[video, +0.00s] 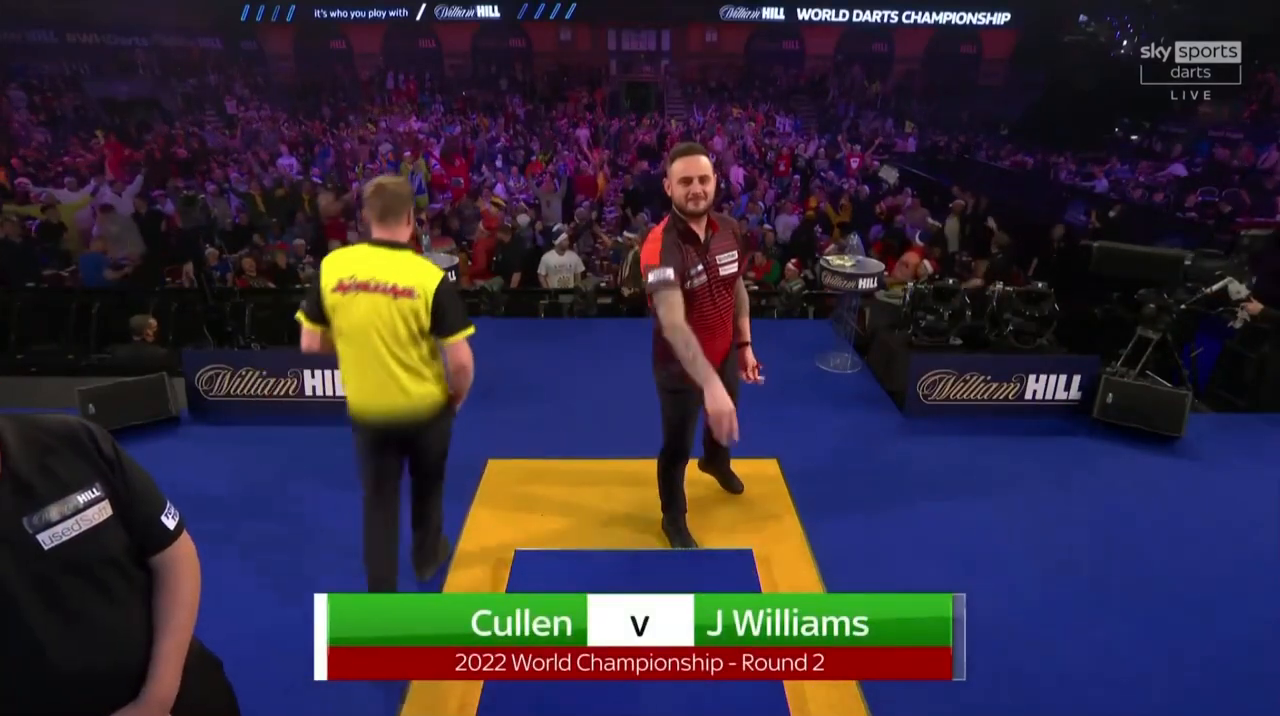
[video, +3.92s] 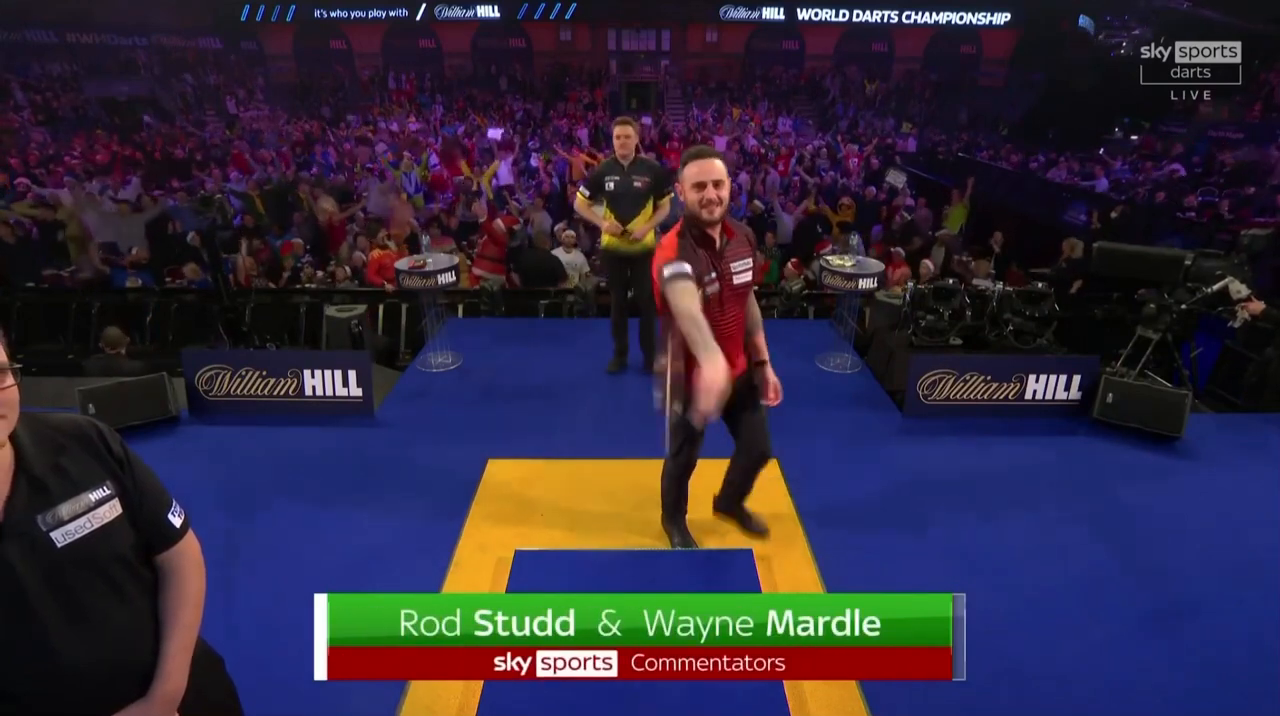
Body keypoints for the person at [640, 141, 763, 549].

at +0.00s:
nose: (696, 188)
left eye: (703, 179)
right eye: (685, 181)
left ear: (714, 182)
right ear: (669, 188)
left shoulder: (728, 230)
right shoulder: (661, 245)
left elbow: (737, 288)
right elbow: (673, 325)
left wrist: (745, 344)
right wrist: (710, 385)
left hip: (724, 352)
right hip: (681, 359)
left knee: (724, 413)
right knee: (677, 446)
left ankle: (715, 459)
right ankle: (674, 516)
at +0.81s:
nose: (692, 186)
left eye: (699, 177)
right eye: (682, 178)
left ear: (711, 182)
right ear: (666, 184)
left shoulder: (727, 228)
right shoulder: (653, 243)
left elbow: (740, 285)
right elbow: (636, 315)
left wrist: (745, 343)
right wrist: (665, 335)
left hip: (722, 355)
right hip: (679, 365)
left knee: (728, 409)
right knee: (677, 447)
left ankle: (715, 460)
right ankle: (673, 520)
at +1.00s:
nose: (687, 185)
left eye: (695, 176)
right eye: (677, 177)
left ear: (707, 180)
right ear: (663, 185)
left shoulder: (725, 226)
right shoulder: (652, 237)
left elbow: (740, 284)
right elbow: (633, 303)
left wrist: (745, 342)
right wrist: (653, 265)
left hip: (724, 352)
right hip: (681, 361)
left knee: (730, 410)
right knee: (677, 446)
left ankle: (715, 460)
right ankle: (674, 520)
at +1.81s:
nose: (695, 185)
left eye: (702, 176)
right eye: (684, 178)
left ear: (713, 180)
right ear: (667, 186)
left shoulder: (725, 228)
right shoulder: (660, 241)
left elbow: (737, 289)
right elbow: (670, 285)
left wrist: (745, 346)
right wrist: (673, 307)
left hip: (724, 354)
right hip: (683, 361)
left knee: (728, 412)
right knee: (678, 447)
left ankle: (719, 457)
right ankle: (674, 520)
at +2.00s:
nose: (697, 188)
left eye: (704, 178)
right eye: (686, 181)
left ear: (714, 181)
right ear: (669, 187)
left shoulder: (726, 229)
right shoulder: (661, 243)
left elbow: (737, 287)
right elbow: (674, 312)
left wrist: (743, 345)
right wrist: (696, 369)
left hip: (722, 355)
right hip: (679, 363)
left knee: (723, 415)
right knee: (677, 445)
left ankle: (713, 462)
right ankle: (674, 520)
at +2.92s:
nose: (693, 188)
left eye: (701, 179)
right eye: (683, 180)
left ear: (713, 183)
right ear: (667, 187)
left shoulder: (729, 229)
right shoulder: (657, 242)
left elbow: (743, 289)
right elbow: (636, 310)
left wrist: (747, 347)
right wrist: (659, 316)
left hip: (724, 354)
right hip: (680, 364)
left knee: (731, 416)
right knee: (679, 445)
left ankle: (714, 462)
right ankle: (674, 520)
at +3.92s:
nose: (711, 194)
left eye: (718, 184)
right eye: (699, 187)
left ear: (729, 187)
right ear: (681, 193)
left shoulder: (741, 238)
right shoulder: (673, 249)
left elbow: (747, 300)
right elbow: (686, 311)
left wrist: (763, 362)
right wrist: (712, 360)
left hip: (736, 363)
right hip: (689, 368)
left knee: (757, 448)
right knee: (682, 456)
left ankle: (730, 501)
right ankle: (674, 520)